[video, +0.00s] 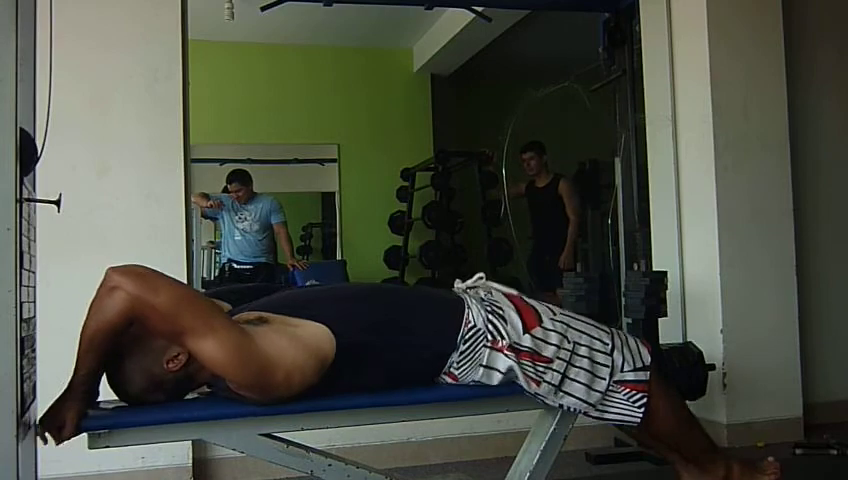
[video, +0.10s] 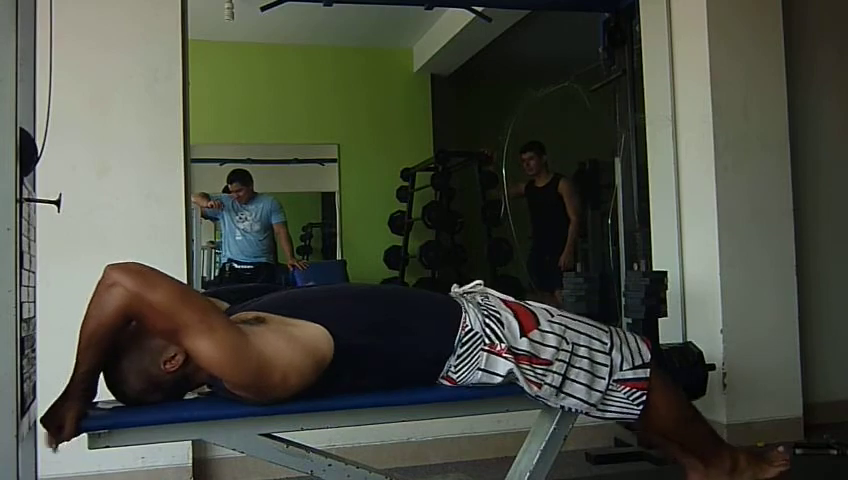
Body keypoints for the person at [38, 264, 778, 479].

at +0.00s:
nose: (173, 355)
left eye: (163, 361)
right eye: (167, 364)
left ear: (171, 372)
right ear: (179, 374)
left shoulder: (232, 342)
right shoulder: (235, 352)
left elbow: (126, 285)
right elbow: (126, 286)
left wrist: (83, 383)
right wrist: (77, 386)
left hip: (455, 317)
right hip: (464, 333)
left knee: (617, 367)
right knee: (631, 373)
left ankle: (698, 456)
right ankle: (717, 464)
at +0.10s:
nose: (167, 350)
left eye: (156, 354)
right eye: (161, 360)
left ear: (167, 362)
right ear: (175, 374)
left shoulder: (231, 338)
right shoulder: (234, 350)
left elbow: (124, 283)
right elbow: (125, 281)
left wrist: (83, 382)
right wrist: (77, 386)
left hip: (453, 318)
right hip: (462, 332)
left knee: (617, 366)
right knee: (632, 370)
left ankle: (702, 453)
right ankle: (723, 459)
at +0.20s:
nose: (164, 355)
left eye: (155, 359)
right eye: (160, 366)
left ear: (164, 362)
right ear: (171, 374)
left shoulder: (228, 337)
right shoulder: (230, 349)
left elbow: (120, 285)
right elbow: (121, 283)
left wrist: (82, 383)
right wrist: (75, 387)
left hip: (451, 319)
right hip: (460, 334)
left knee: (614, 355)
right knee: (634, 366)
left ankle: (707, 446)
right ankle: (720, 458)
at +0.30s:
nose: (161, 350)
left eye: (153, 355)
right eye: (158, 362)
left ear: (162, 356)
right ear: (170, 372)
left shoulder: (225, 333)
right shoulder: (227, 347)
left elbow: (114, 283)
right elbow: (114, 281)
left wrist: (81, 380)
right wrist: (74, 386)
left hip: (452, 318)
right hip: (461, 334)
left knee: (612, 358)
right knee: (631, 363)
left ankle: (710, 441)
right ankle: (730, 450)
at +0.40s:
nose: (163, 362)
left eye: (155, 365)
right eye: (159, 373)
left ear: (163, 355)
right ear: (169, 374)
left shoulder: (229, 334)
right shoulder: (231, 350)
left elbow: (114, 283)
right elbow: (114, 281)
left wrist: (86, 380)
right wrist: (73, 387)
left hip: (455, 315)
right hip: (461, 334)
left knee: (619, 359)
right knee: (639, 367)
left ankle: (716, 438)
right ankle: (733, 447)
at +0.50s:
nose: (168, 349)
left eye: (159, 353)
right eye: (164, 361)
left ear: (164, 357)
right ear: (172, 371)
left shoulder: (239, 331)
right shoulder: (250, 362)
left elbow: (127, 283)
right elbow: (128, 285)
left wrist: (87, 380)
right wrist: (78, 387)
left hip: (466, 315)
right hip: (473, 335)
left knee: (617, 346)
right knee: (637, 364)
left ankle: (717, 426)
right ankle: (746, 426)